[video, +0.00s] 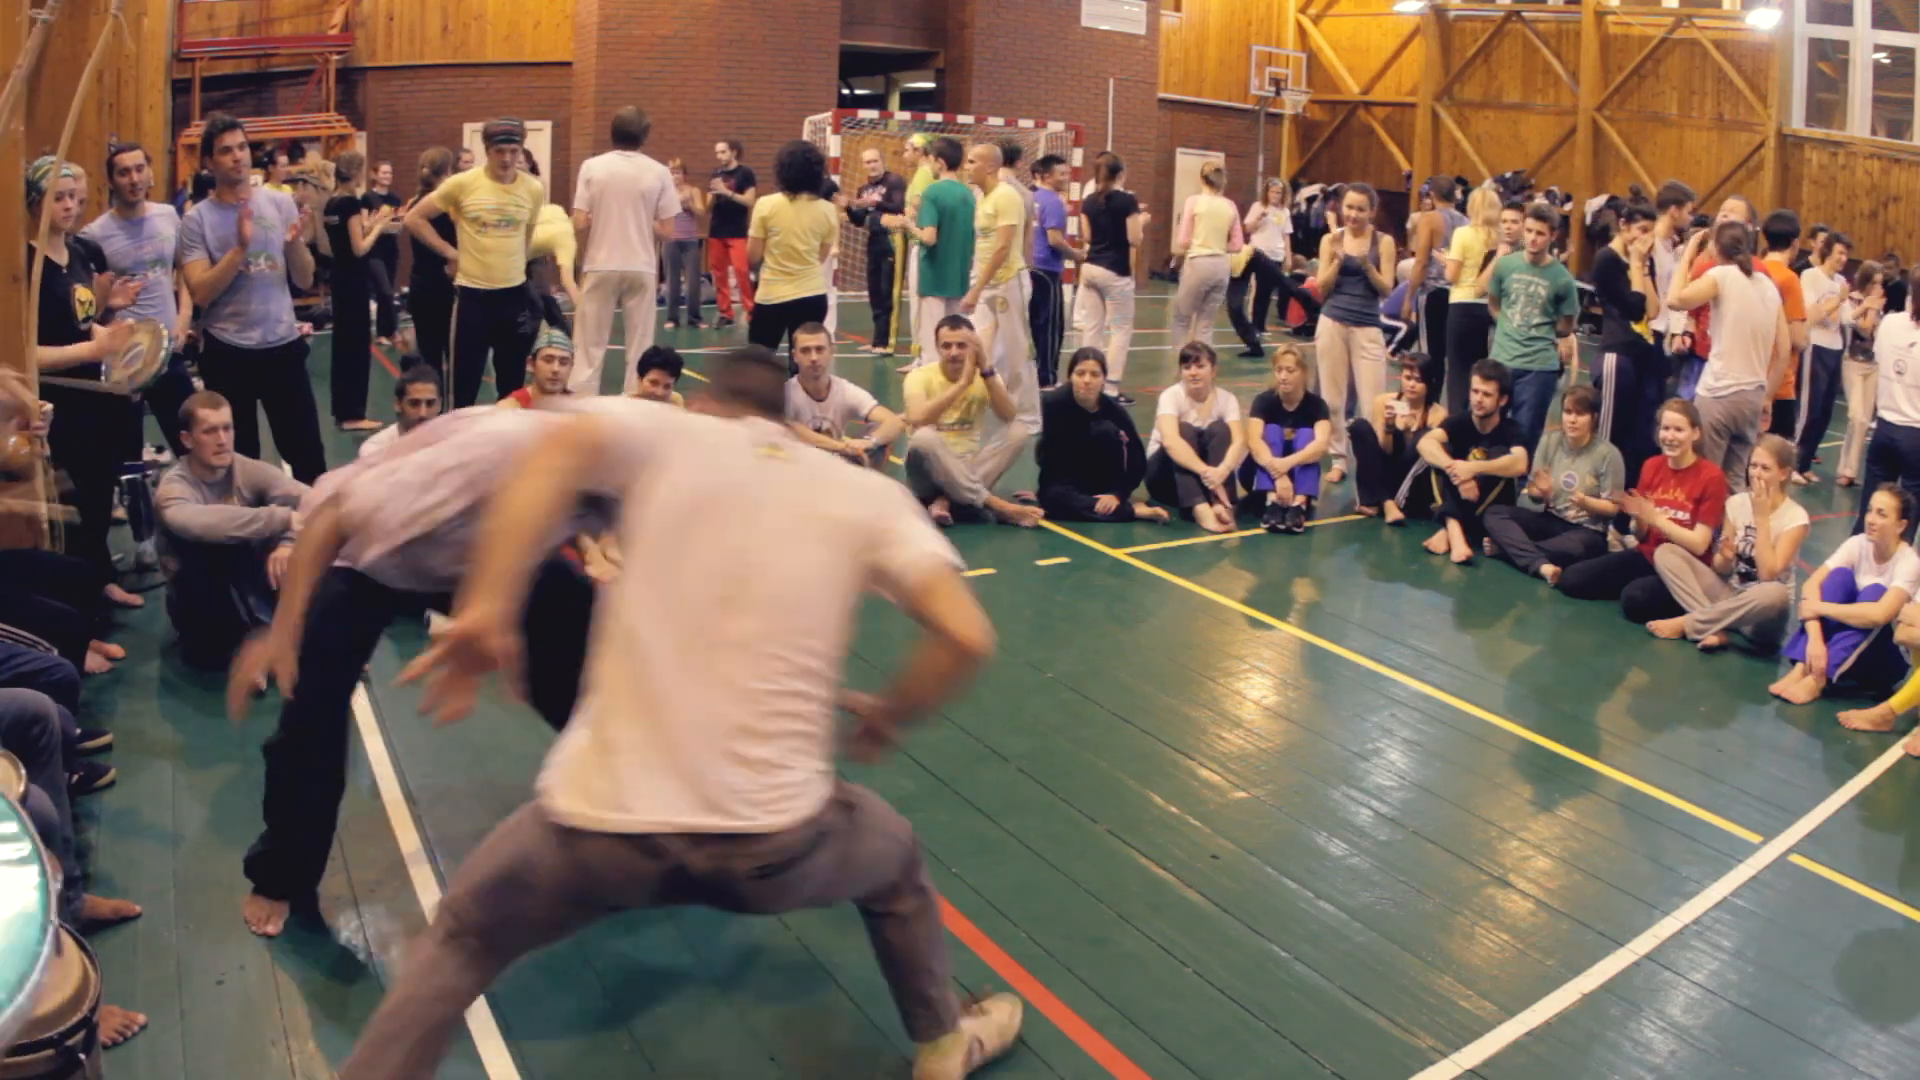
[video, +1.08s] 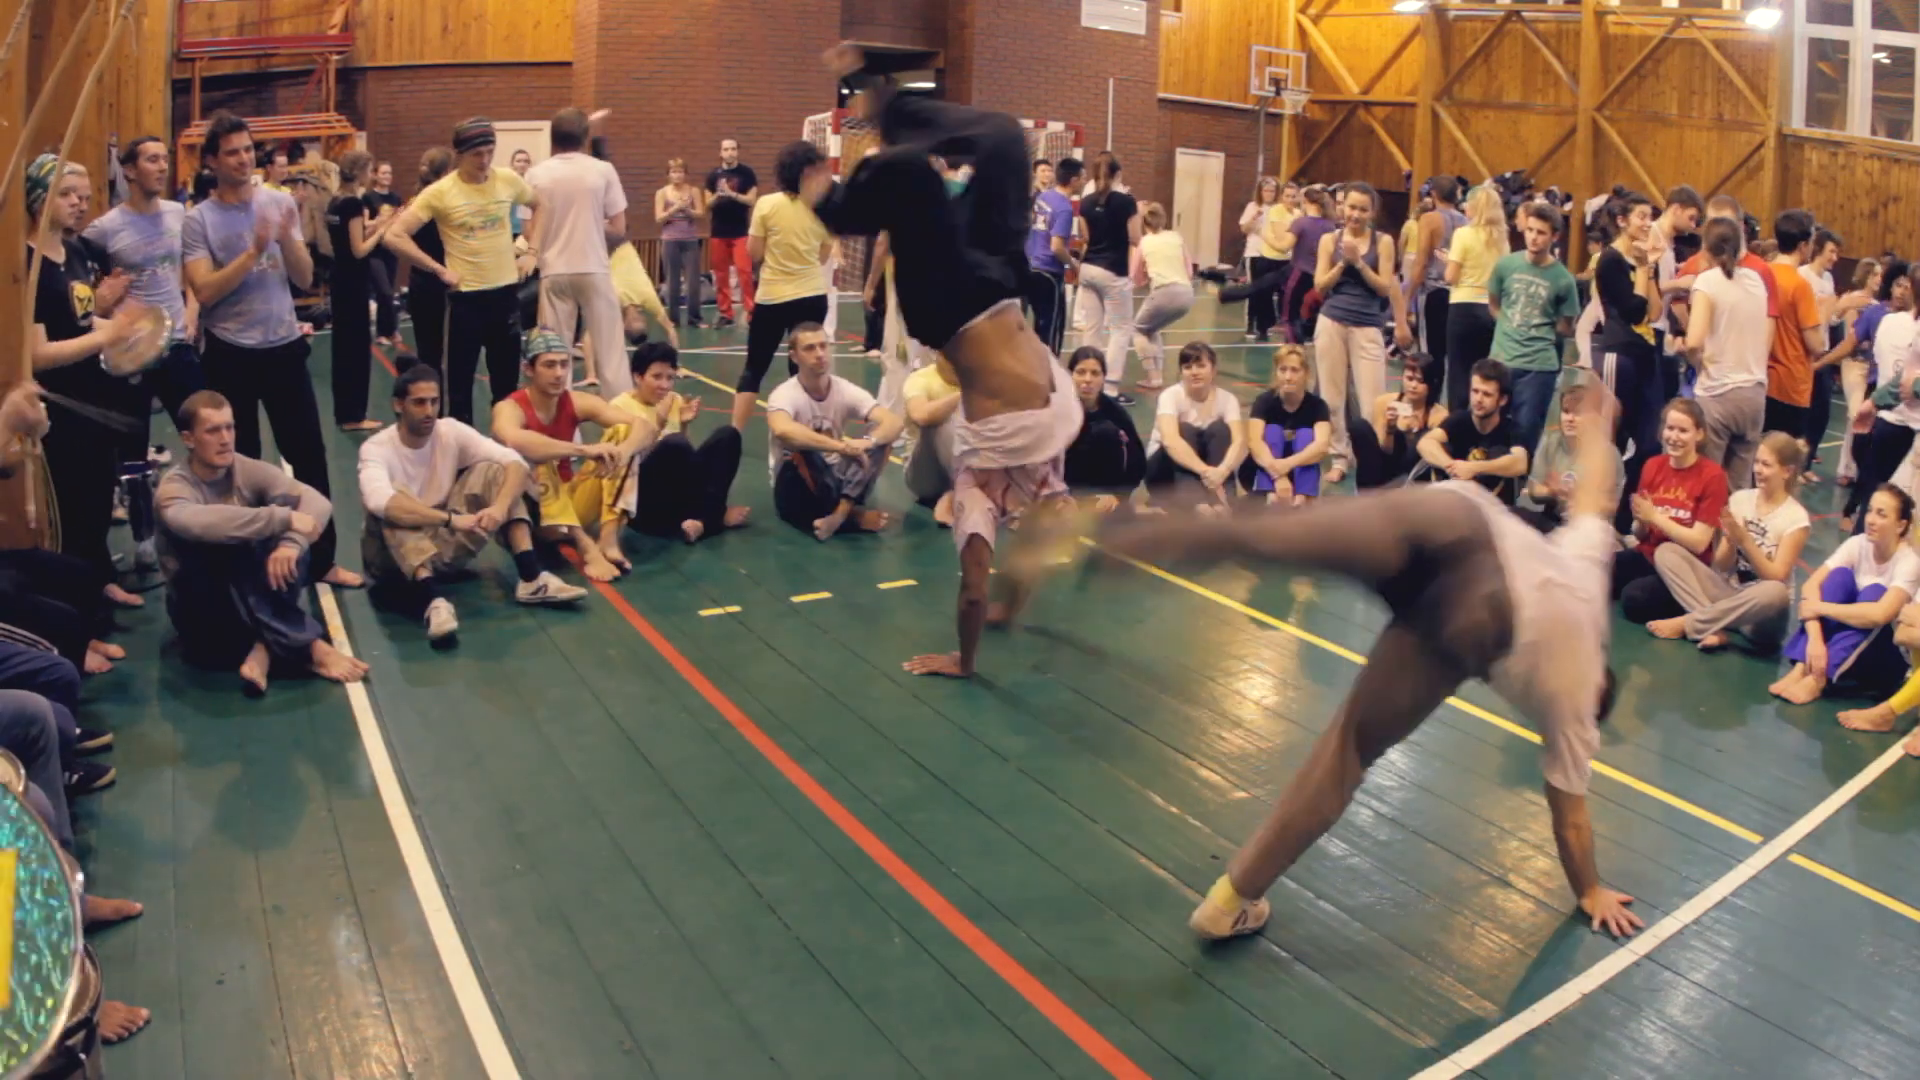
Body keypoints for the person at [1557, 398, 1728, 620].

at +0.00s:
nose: (1670, 436)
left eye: (1679, 430)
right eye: (1665, 429)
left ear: (1696, 434)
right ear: (1658, 431)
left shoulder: (1712, 477)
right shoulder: (1652, 466)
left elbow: (1699, 545)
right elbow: (1639, 533)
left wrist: (1653, 518)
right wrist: (1639, 513)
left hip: (1683, 567)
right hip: (1647, 556)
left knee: (1634, 600)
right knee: (1570, 581)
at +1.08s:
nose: (1674, 437)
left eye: (1683, 431)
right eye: (1670, 428)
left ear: (1700, 434)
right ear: (1662, 430)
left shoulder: (1713, 475)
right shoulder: (1652, 465)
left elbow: (1698, 542)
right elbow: (1639, 533)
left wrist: (1653, 517)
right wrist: (1643, 516)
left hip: (1685, 564)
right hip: (1647, 555)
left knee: (1634, 599)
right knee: (1598, 575)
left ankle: (1693, 603)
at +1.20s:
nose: (1676, 435)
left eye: (1685, 429)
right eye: (1672, 427)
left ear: (1702, 434)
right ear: (1666, 428)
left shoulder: (1715, 476)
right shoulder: (1654, 466)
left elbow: (1700, 542)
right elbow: (1641, 533)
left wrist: (1659, 515)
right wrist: (1637, 515)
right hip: (1646, 557)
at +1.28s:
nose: (1678, 435)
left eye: (1687, 429)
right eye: (1675, 426)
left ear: (1704, 434)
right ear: (1669, 428)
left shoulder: (1716, 475)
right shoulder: (1654, 465)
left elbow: (1699, 541)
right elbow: (1639, 518)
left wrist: (1657, 513)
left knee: (1668, 551)